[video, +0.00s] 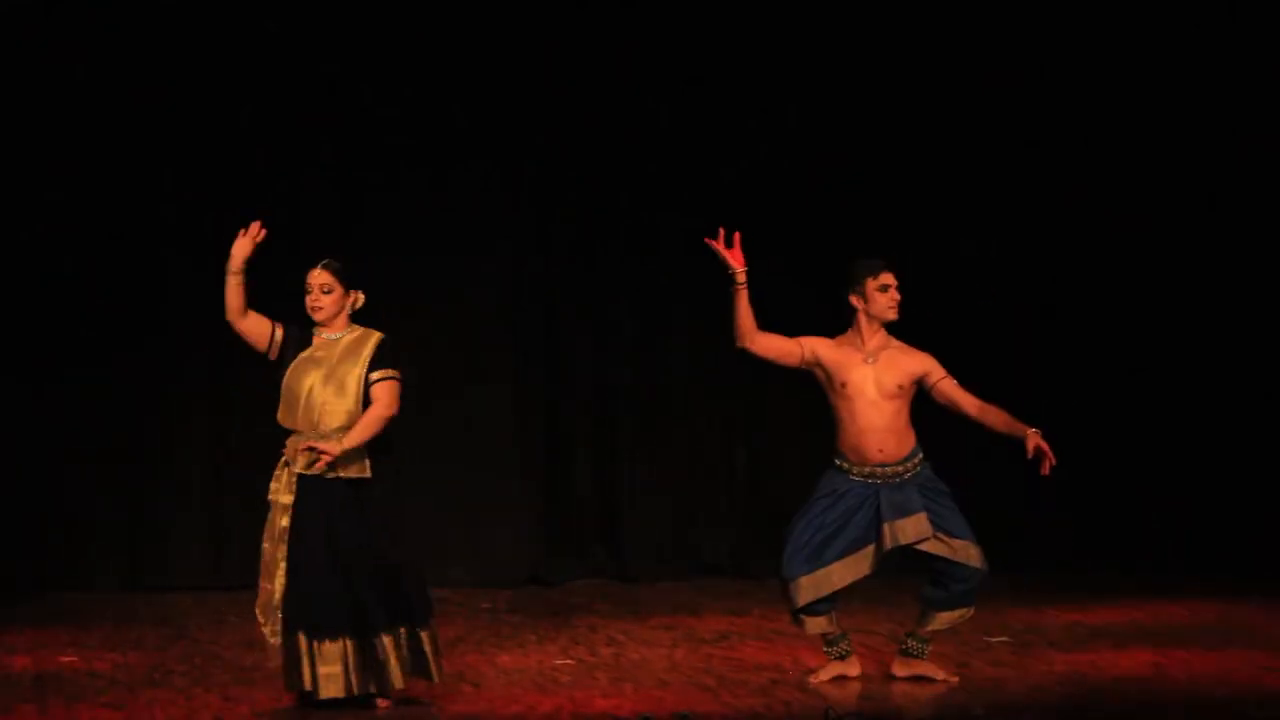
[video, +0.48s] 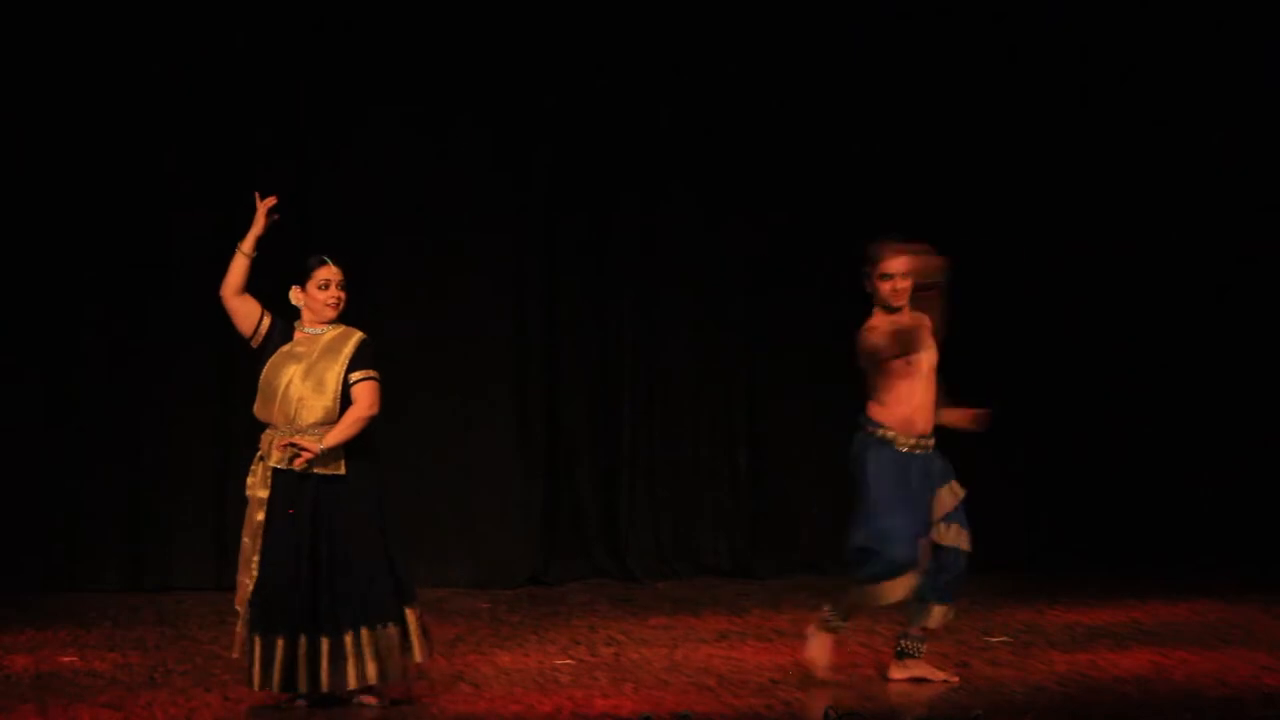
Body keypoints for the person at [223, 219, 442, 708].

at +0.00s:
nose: (314, 298)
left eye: (325, 291)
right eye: (310, 292)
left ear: (350, 297)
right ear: (305, 299)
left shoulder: (372, 345)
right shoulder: (296, 344)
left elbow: (386, 406)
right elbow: (239, 318)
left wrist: (341, 444)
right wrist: (236, 266)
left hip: (347, 481)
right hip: (297, 481)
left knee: (356, 579)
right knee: (301, 580)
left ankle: (373, 683)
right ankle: (311, 683)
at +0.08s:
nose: (314, 298)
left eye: (324, 291)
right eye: (309, 292)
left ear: (351, 298)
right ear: (304, 299)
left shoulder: (371, 346)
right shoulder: (294, 343)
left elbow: (382, 408)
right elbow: (239, 316)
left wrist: (337, 446)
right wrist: (231, 265)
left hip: (348, 481)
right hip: (295, 482)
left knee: (354, 579)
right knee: (300, 581)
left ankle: (364, 682)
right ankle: (310, 682)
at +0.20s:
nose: (318, 295)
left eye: (328, 288)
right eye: (311, 287)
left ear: (347, 296)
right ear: (302, 295)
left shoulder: (365, 344)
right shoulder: (289, 340)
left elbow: (376, 406)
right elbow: (234, 307)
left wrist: (328, 444)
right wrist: (239, 251)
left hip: (347, 478)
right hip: (291, 479)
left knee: (362, 577)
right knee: (295, 579)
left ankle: (380, 683)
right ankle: (306, 683)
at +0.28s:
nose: (336, 292)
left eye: (342, 285)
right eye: (325, 284)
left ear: (348, 295)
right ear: (303, 294)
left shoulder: (358, 343)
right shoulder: (283, 336)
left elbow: (371, 405)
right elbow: (233, 299)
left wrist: (325, 443)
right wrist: (250, 239)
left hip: (343, 475)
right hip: (286, 476)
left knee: (362, 575)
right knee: (291, 578)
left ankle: (379, 681)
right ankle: (301, 682)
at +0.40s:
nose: (336, 293)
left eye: (342, 286)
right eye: (326, 285)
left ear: (346, 297)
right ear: (299, 293)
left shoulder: (353, 343)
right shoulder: (279, 336)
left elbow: (368, 405)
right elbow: (233, 294)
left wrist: (323, 443)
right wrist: (252, 235)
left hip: (335, 474)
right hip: (279, 475)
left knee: (354, 575)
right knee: (285, 578)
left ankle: (367, 681)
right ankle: (297, 684)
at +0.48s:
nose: (335, 294)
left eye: (341, 288)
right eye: (324, 286)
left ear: (345, 298)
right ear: (298, 294)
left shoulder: (351, 344)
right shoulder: (278, 337)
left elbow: (366, 405)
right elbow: (232, 294)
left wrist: (322, 444)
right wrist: (253, 235)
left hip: (334, 475)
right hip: (278, 475)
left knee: (350, 576)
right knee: (284, 578)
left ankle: (361, 683)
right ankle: (296, 683)